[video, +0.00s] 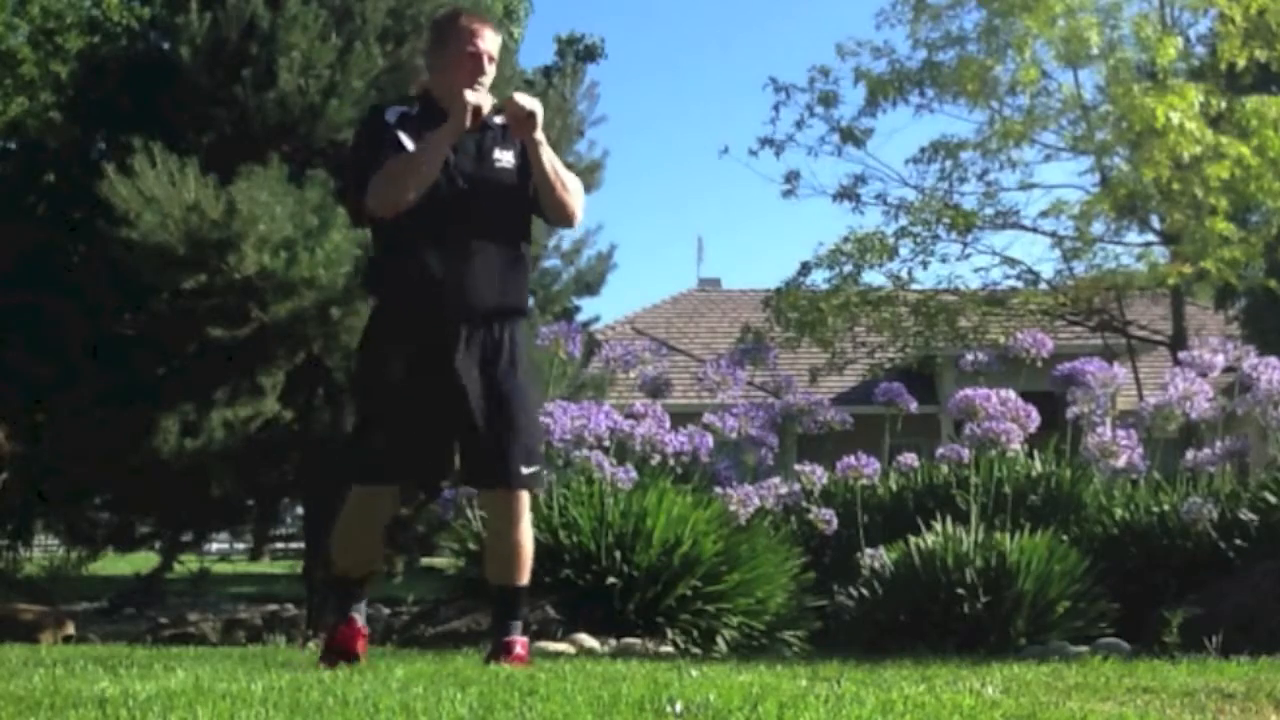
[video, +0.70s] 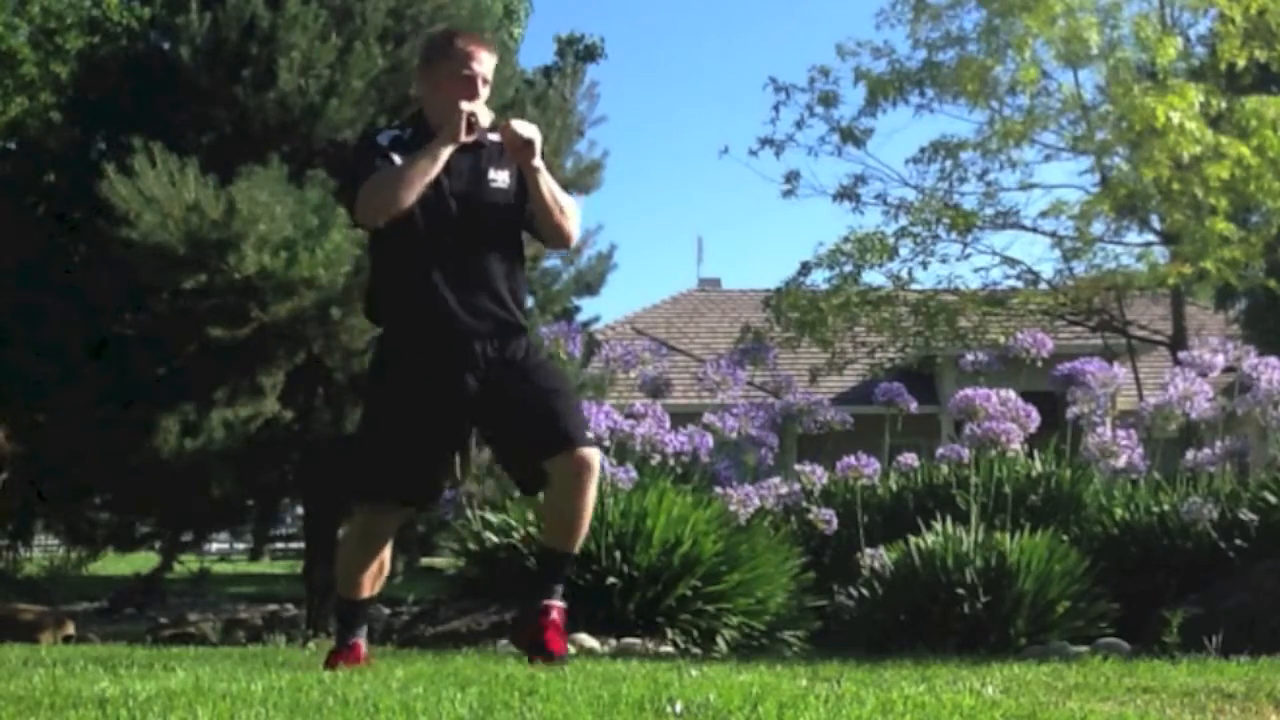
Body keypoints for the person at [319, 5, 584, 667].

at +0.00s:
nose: (482, 68)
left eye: (489, 60)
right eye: (469, 56)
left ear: (499, 70)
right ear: (432, 61)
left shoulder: (513, 139)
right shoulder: (394, 127)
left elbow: (569, 212)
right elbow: (382, 201)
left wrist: (535, 139)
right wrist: (455, 127)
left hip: (496, 334)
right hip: (409, 331)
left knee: (509, 485)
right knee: (379, 483)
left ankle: (509, 634)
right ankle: (346, 618)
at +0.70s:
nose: (475, 90)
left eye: (484, 82)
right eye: (463, 78)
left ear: (491, 91)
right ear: (425, 80)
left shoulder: (510, 156)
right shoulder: (385, 148)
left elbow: (565, 234)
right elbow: (372, 211)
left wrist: (533, 167)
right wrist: (447, 143)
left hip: (506, 347)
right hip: (417, 351)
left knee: (579, 462)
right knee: (380, 507)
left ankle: (548, 607)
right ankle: (351, 641)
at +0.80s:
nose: (501, 86)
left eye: (510, 78)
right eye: (488, 74)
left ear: (520, 86)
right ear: (451, 76)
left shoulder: (535, 148)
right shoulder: (412, 143)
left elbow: (593, 227)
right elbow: (404, 203)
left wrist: (564, 157)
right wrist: (476, 136)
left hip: (531, 348)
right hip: (439, 353)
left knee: (609, 458)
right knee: (394, 504)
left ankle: (622, 618)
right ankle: (355, 631)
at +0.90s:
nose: (536, 110)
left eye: (543, 101)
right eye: (521, 98)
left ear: (550, 110)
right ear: (481, 101)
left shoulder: (568, 177)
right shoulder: (440, 164)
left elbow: (634, 240)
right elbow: (453, 212)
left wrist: (604, 164)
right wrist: (525, 147)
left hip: (553, 375)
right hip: (459, 376)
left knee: (626, 490)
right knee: (404, 518)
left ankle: (708, 618)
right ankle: (360, 637)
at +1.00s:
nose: (578, 128)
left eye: (584, 118)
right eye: (562, 115)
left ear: (595, 130)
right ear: (521, 126)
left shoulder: (611, 207)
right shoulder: (498, 191)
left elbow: (684, 237)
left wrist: (651, 163)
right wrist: (603, 141)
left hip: (593, 402)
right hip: (501, 398)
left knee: (677, 512)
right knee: (421, 531)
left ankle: (725, 646)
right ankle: (364, 640)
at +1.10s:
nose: (628, 112)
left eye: (631, 104)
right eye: (613, 101)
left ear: (634, 116)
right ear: (570, 114)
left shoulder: (635, 180)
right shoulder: (573, 178)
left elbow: (706, 215)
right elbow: (666, 175)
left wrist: (683, 140)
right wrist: (668, 107)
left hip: (658, 385)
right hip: (582, 388)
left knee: (746, 495)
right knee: (499, 533)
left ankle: (750, 642)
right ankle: (388, 623)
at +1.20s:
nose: (657, 87)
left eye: (661, 78)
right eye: (642, 77)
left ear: (664, 88)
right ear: (603, 91)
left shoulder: (660, 148)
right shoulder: (610, 146)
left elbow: (722, 195)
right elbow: (704, 156)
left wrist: (711, 121)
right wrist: (703, 94)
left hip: (700, 345)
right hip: (641, 346)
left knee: (762, 496)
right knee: (664, 515)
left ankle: (752, 642)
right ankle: (550, 548)